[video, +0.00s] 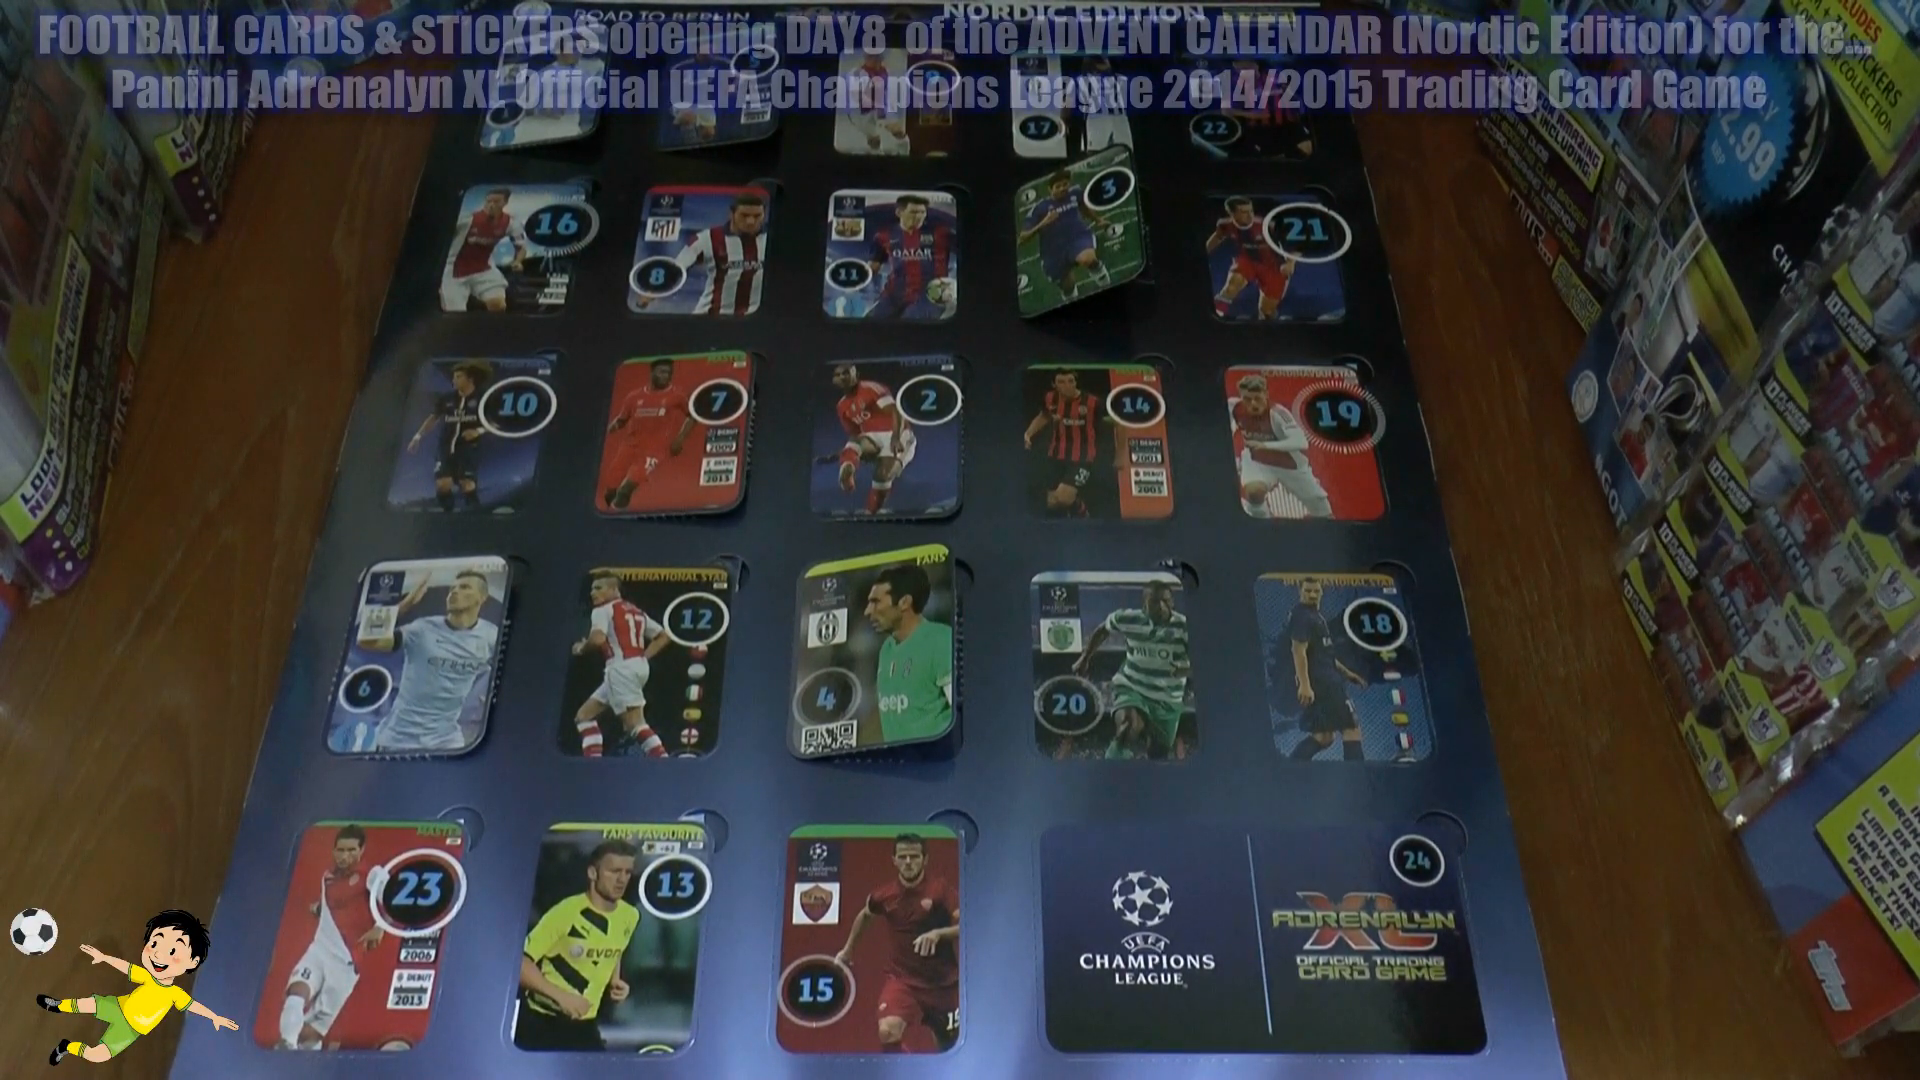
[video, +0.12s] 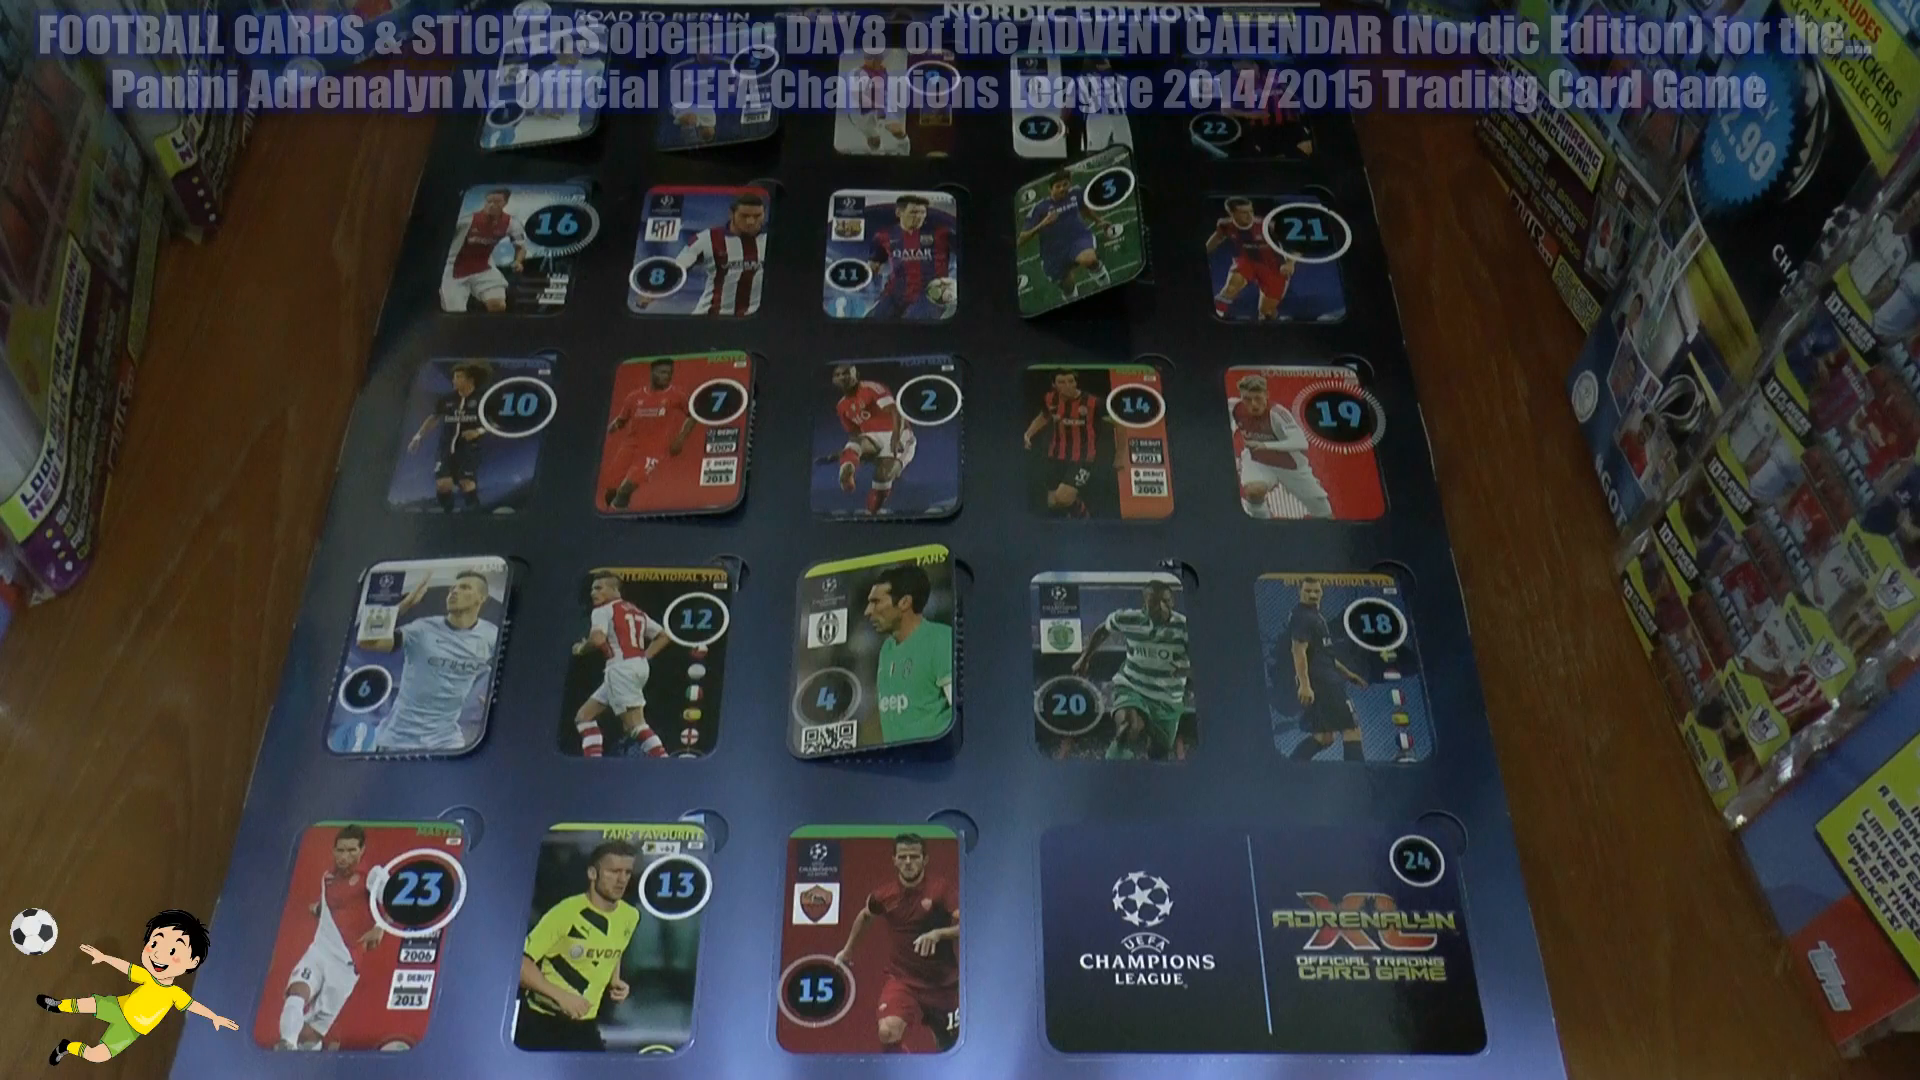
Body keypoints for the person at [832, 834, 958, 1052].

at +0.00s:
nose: (908, 862)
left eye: (914, 857)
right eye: (902, 857)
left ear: (924, 859)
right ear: (894, 861)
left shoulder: (940, 889)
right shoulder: (882, 896)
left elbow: (965, 925)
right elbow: (864, 916)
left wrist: (938, 933)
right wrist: (847, 950)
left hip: (942, 984)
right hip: (902, 980)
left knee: (951, 1050)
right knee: (888, 1032)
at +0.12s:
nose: (908, 863)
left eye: (914, 857)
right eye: (902, 857)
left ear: (924, 860)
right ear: (894, 861)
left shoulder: (941, 889)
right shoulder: (883, 896)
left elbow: (966, 926)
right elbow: (864, 917)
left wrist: (938, 933)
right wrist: (847, 950)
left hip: (943, 984)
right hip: (902, 979)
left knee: (951, 1051)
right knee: (887, 1033)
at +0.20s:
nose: (908, 863)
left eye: (914, 857)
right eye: (902, 858)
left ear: (924, 860)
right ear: (894, 861)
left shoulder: (941, 889)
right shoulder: (883, 896)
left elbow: (967, 926)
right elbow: (864, 917)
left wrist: (939, 933)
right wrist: (847, 950)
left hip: (943, 984)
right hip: (902, 980)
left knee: (952, 1051)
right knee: (887, 1033)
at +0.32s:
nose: (908, 863)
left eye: (914, 857)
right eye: (902, 858)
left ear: (925, 861)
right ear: (894, 861)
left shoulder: (940, 890)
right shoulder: (882, 897)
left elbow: (966, 926)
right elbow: (865, 917)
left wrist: (938, 934)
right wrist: (847, 951)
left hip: (942, 984)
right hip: (902, 980)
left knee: (952, 1051)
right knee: (887, 1033)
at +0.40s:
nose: (908, 863)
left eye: (914, 857)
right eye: (902, 858)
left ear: (924, 860)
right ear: (894, 861)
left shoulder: (940, 890)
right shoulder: (882, 896)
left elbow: (965, 927)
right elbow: (864, 917)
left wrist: (938, 934)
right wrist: (847, 950)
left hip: (942, 984)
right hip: (902, 980)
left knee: (951, 1050)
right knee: (887, 1033)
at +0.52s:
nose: (908, 863)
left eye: (914, 857)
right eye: (902, 858)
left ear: (924, 860)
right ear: (894, 861)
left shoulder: (940, 890)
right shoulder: (883, 896)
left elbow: (965, 926)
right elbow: (864, 917)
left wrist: (938, 934)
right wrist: (847, 950)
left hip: (943, 984)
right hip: (902, 980)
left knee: (952, 1051)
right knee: (887, 1033)